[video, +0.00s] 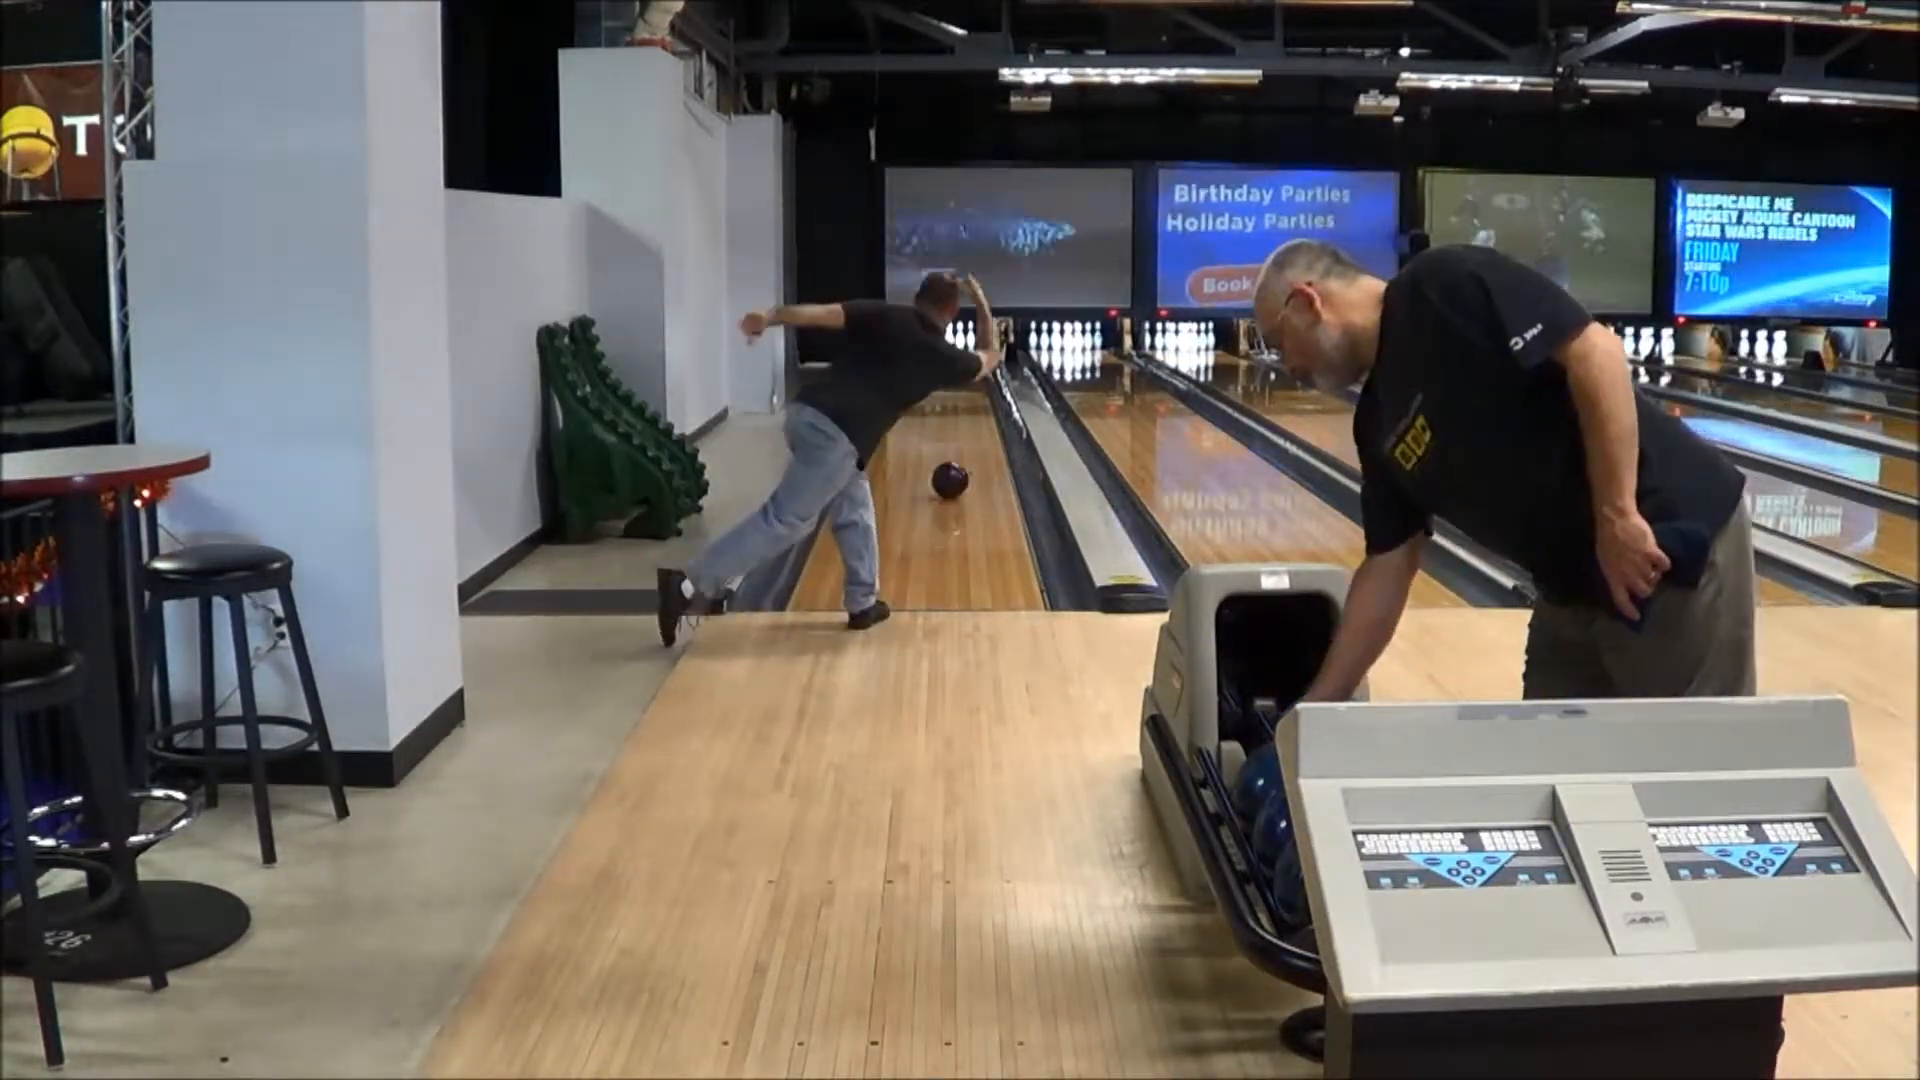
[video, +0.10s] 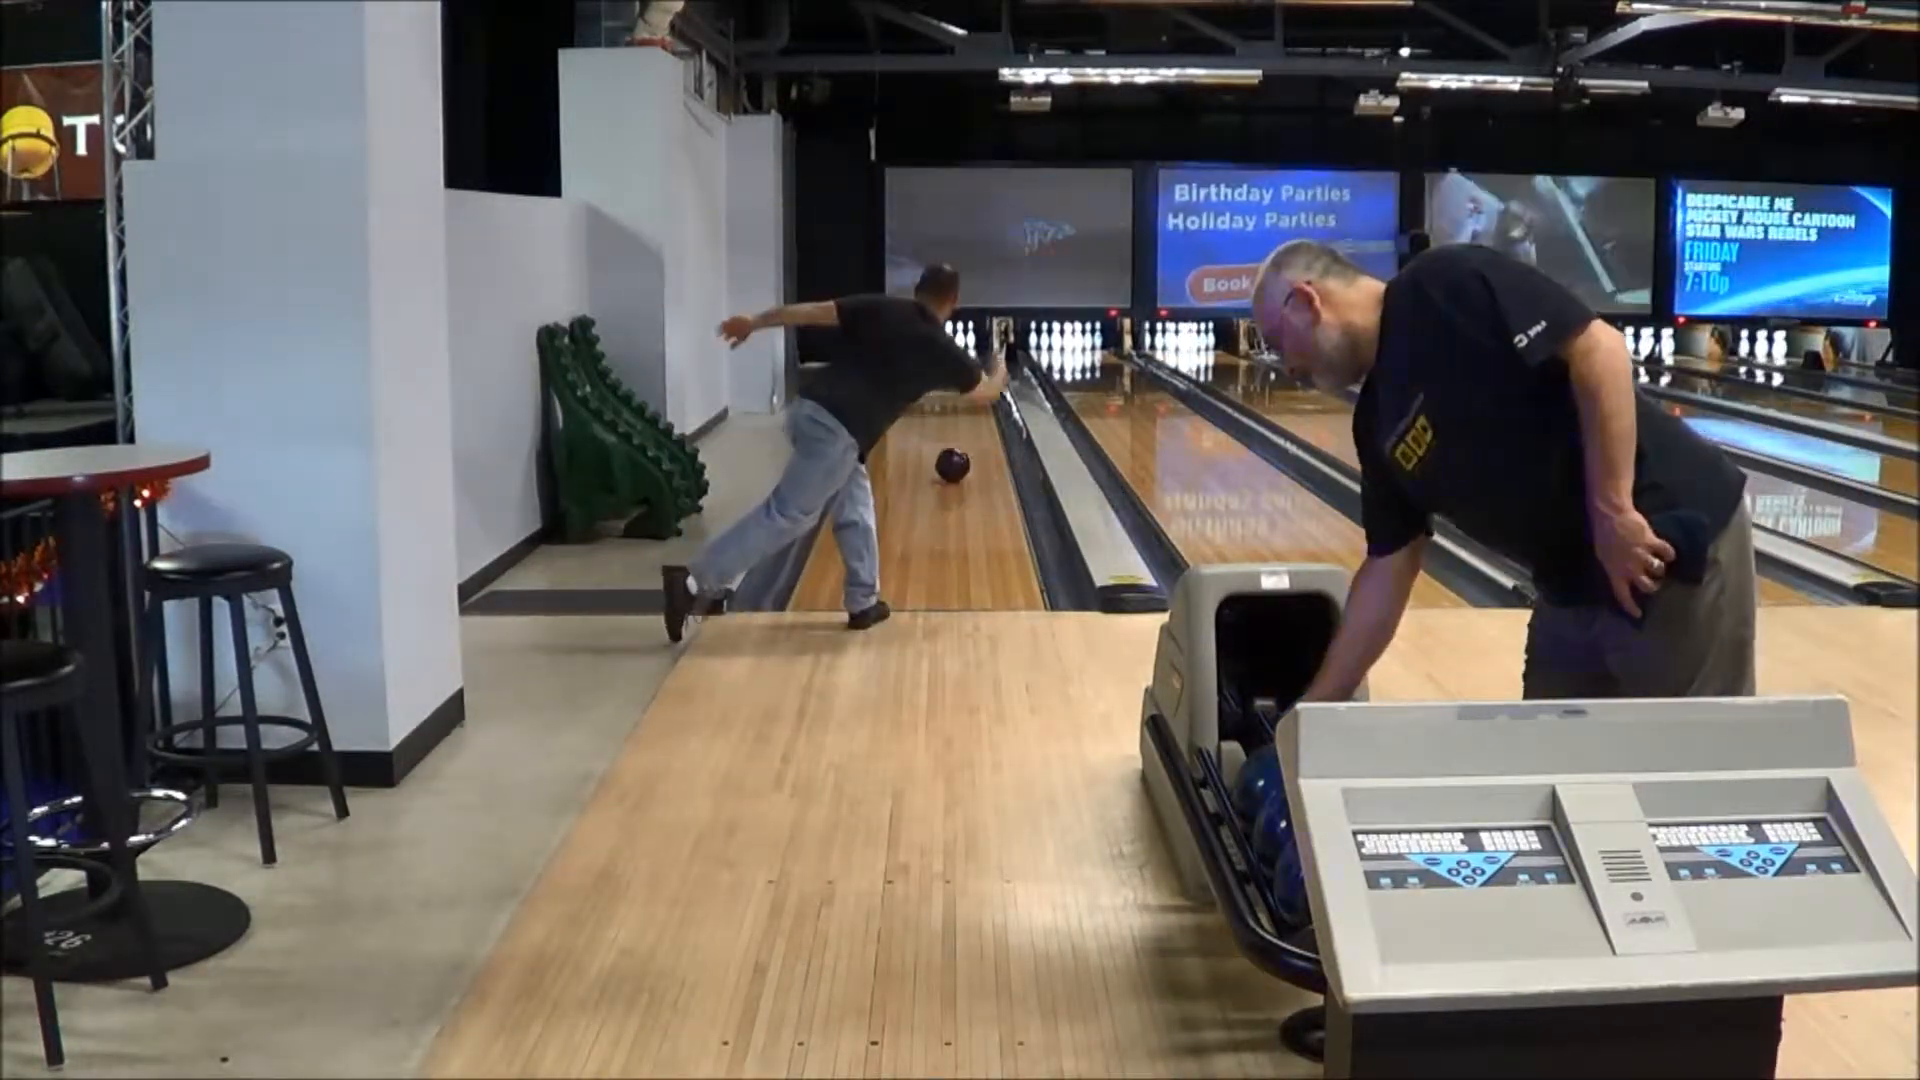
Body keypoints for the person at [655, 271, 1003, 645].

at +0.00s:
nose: (951, 316)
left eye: (947, 308)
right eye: (952, 311)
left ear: (918, 297)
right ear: (952, 312)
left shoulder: (883, 314)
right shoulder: (940, 355)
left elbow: (823, 315)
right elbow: (990, 357)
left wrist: (768, 317)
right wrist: (984, 307)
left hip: (807, 415)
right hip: (838, 438)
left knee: (854, 511)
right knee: (783, 522)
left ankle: (863, 605)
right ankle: (688, 585)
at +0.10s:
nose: (953, 310)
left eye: (949, 302)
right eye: (955, 304)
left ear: (918, 289)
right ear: (951, 302)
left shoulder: (880, 307)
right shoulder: (936, 344)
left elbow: (814, 313)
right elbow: (984, 393)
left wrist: (755, 321)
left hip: (810, 411)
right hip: (839, 431)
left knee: (855, 510)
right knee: (787, 516)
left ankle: (863, 604)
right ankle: (695, 584)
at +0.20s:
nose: (953, 298)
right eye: (955, 292)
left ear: (918, 283)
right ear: (953, 294)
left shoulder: (881, 301)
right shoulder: (943, 344)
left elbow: (809, 314)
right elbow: (969, 415)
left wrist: (754, 331)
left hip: (811, 404)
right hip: (841, 423)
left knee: (855, 506)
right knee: (792, 512)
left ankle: (863, 603)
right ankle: (700, 578)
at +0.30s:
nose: (955, 295)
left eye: (950, 287)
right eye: (957, 289)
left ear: (921, 277)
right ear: (954, 289)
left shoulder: (882, 296)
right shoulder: (944, 340)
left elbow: (812, 315)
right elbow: (945, 415)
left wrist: (759, 343)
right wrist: (939, 471)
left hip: (812, 400)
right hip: (844, 420)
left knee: (855, 505)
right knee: (797, 509)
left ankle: (863, 603)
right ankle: (708, 579)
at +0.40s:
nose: (956, 291)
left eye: (951, 283)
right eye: (958, 285)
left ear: (922, 274)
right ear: (955, 286)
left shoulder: (884, 295)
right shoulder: (945, 336)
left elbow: (816, 319)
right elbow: (922, 408)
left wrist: (766, 353)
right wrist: (901, 461)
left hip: (817, 400)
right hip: (849, 418)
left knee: (856, 506)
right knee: (806, 506)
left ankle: (863, 602)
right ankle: (716, 579)